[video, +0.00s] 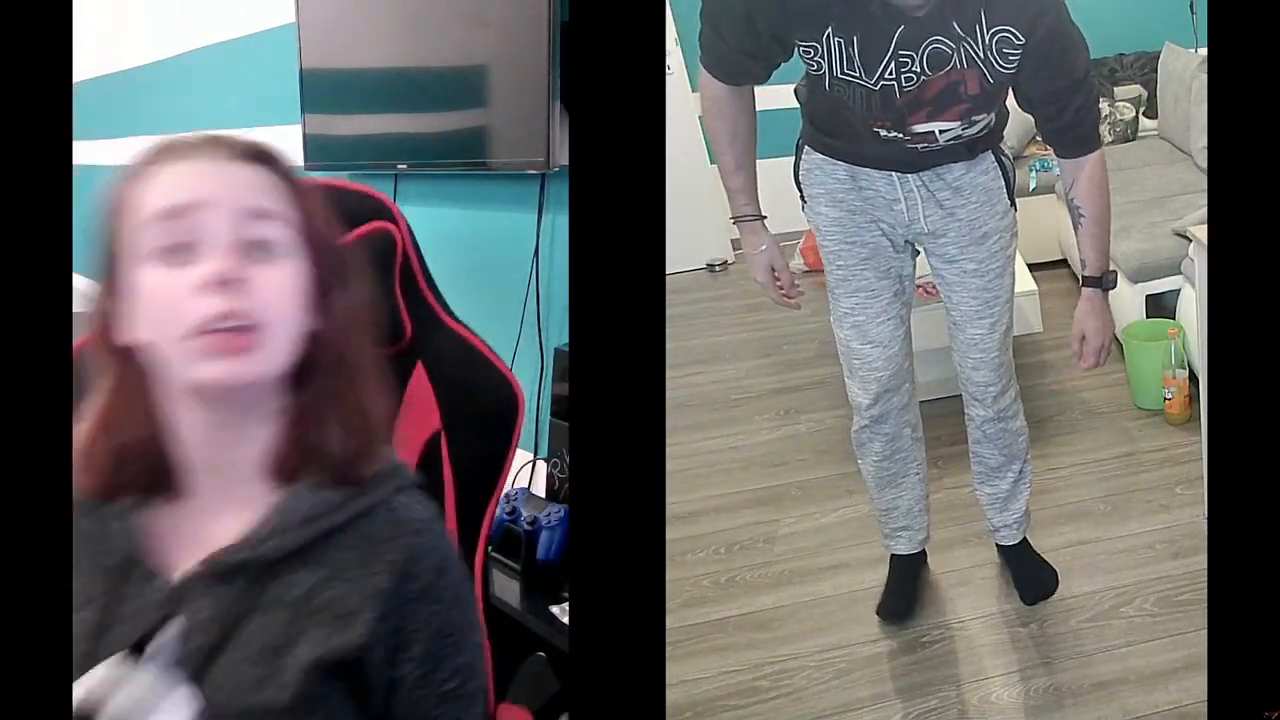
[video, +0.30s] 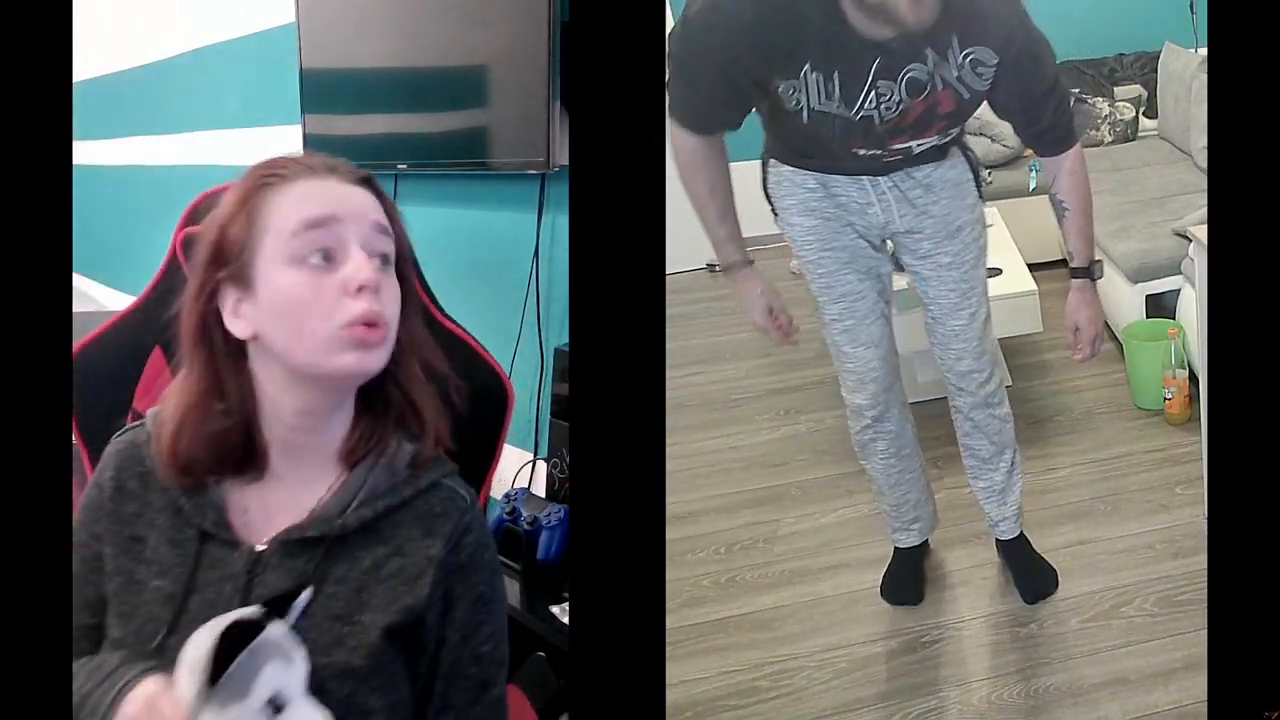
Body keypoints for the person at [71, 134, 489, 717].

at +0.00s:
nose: (225, 274)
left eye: (262, 246)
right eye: (177, 251)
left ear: (318, 295)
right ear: (118, 313)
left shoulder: (397, 553)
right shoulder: (84, 545)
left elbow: (453, 706)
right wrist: (86, 698)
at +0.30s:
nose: (369, 276)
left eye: (383, 257)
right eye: (322, 255)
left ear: (401, 292)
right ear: (237, 308)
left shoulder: (444, 528)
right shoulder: (132, 476)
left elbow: (470, 710)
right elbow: (72, 659)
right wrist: (122, 693)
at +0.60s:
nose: (363, 299)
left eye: (377, 275)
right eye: (321, 269)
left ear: (390, 296)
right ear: (233, 301)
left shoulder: (434, 517)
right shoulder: (126, 478)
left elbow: (465, 709)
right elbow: (76, 678)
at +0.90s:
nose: (327, 297)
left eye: (349, 274)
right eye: (290, 265)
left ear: (366, 303)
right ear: (211, 292)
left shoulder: (409, 507)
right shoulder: (115, 481)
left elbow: (443, 708)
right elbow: (78, 679)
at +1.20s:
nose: (314, 293)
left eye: (336, 269)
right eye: (277, 261)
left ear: (352, 300)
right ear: (201, 290)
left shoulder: (392, 501)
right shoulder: (113, 482)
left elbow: (423, 705)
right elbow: (84, 678)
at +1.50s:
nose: (275, 302)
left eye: (306, 276)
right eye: (240, 271)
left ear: (334, 306)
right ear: (180, 300)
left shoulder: (387, 518)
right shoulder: (117, 485)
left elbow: (410, 706)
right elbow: (84, 678)